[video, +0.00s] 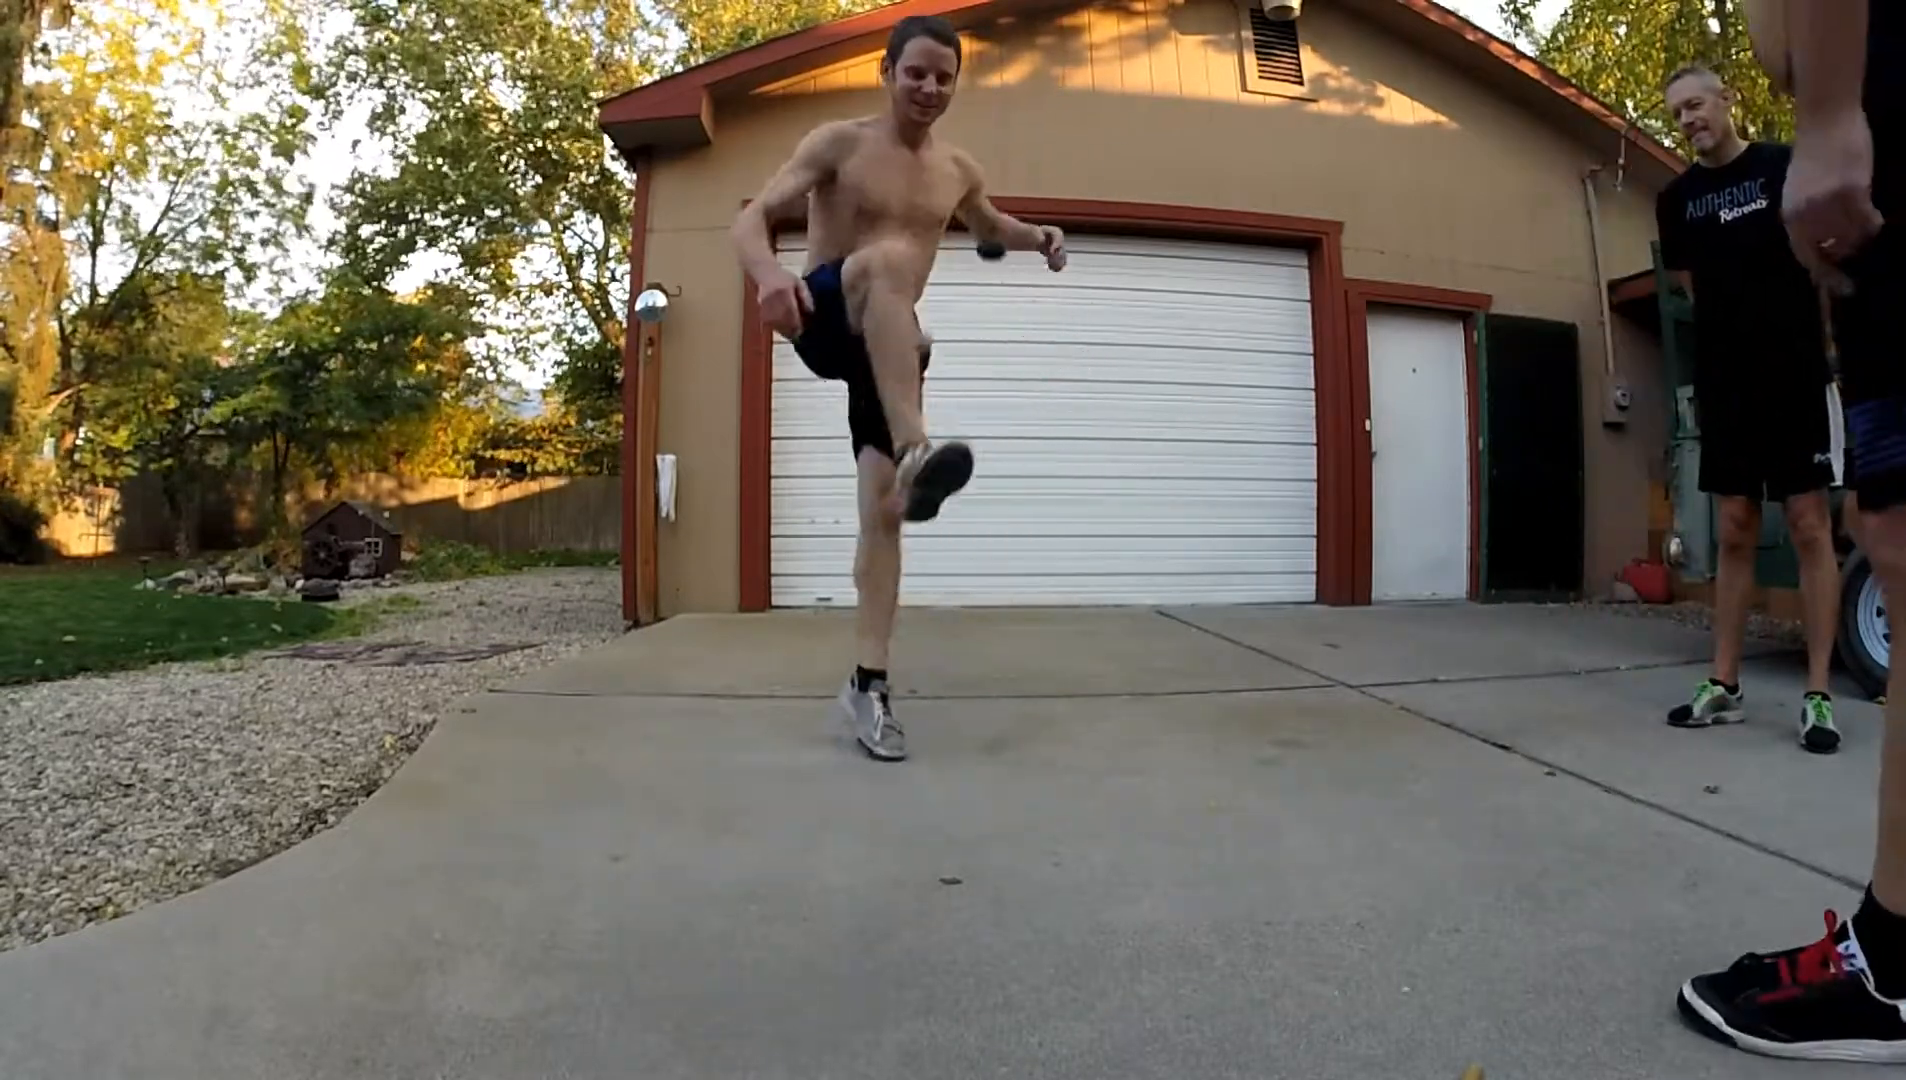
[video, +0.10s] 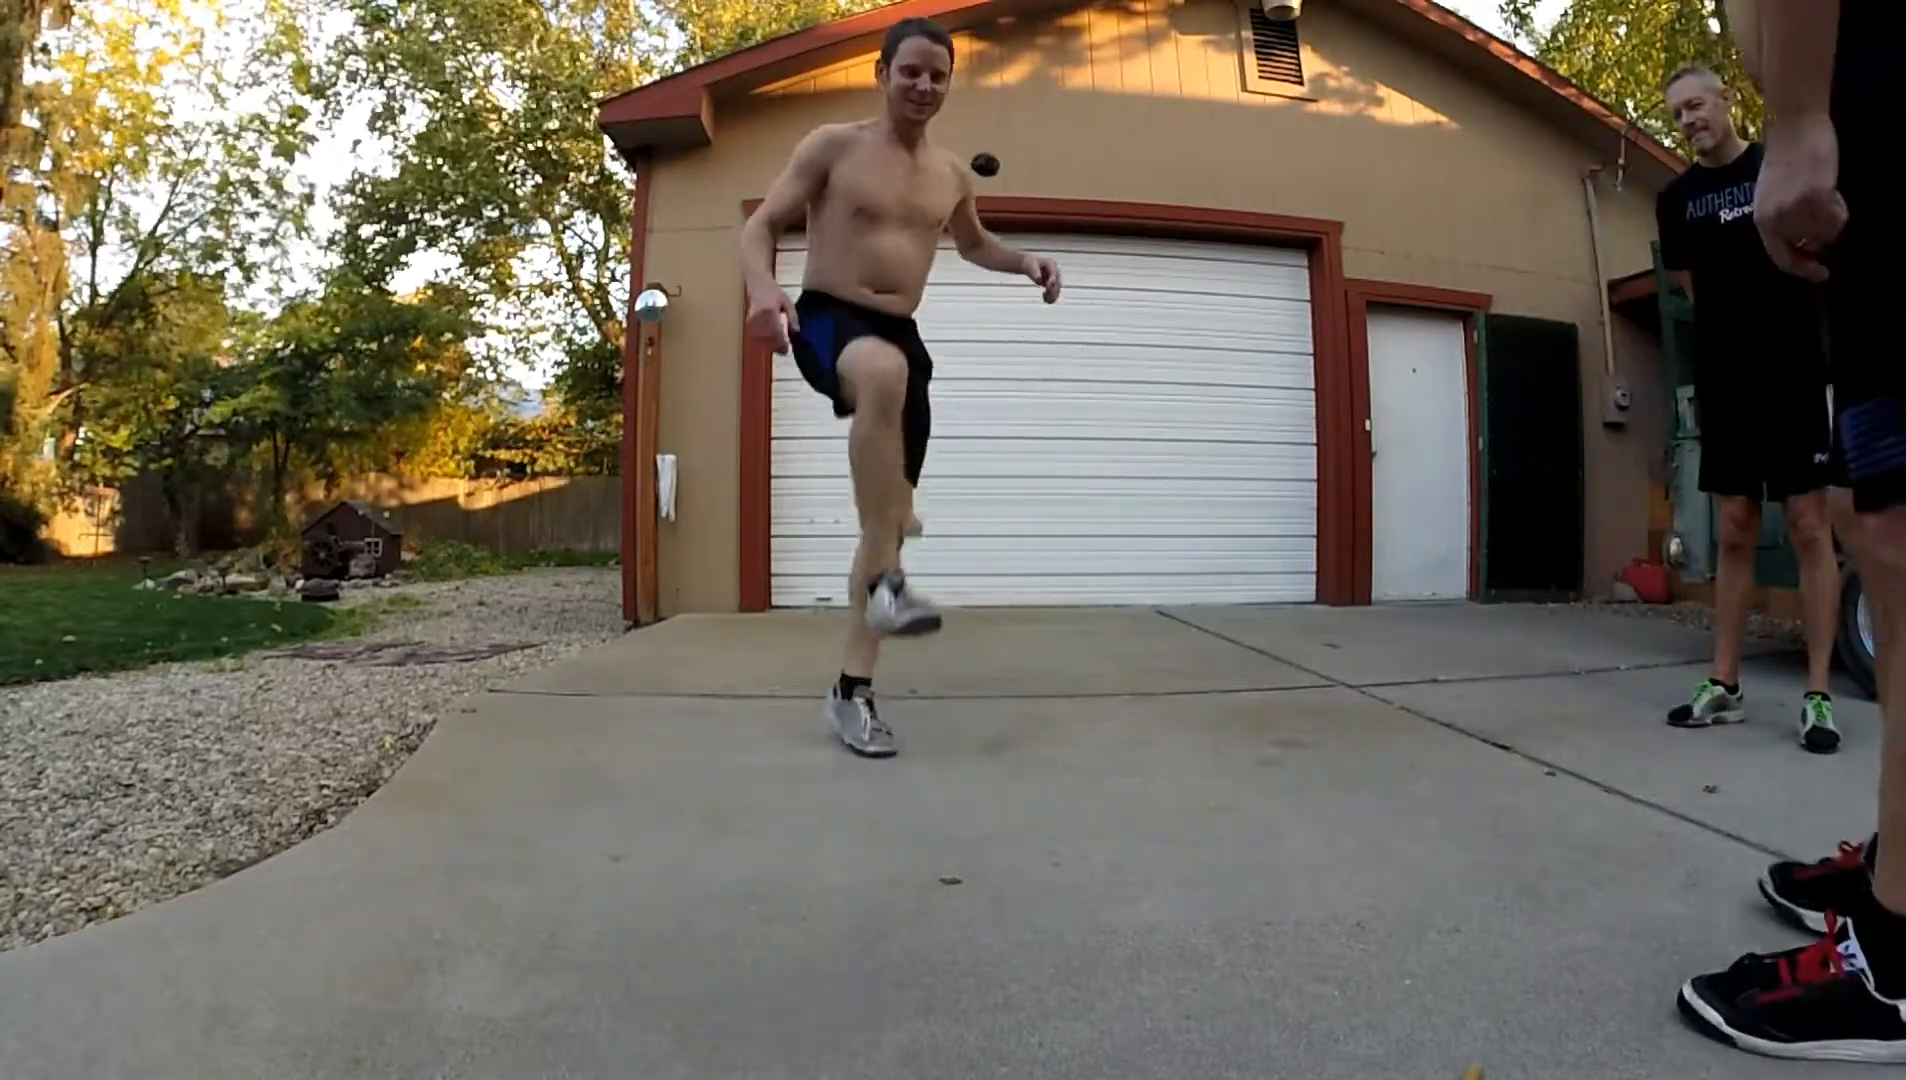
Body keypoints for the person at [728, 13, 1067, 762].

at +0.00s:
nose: (930, 88)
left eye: (943, 78)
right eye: (917, 72)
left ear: (956, 87)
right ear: (888, 73)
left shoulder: (959, 171)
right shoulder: (837, 143)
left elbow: (991, 231)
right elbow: (750, 220)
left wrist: (1040, 238)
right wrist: (768, 276)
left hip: (896, 338)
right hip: (823, 323)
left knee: (886, 509)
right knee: (884, 265)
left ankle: (868, 688)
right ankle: (908, 462)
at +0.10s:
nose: (923, 85)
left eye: (936, 76)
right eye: (910, 71)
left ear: (949, 87)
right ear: (883, 75)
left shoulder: (952, 172)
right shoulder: (832, 145)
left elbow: (975, 245)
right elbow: (757, 229)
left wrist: (1027, 262)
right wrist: (762, 290)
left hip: (902, 336)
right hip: (829, 315)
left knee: (889, 519)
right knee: (886, 372)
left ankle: (854, 690)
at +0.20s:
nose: (915, 108)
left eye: (928, 98)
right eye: (903, 95)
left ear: (941, 109)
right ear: (878, 101)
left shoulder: (943, 205)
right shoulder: (825, 171)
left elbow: (971, 285)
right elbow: (761, 261)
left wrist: (1029, 297)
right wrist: (760, 340)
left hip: (900, 365)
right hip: (827, 355)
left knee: (910, 537)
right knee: (887, 468)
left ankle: (847, 704)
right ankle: (891, 670)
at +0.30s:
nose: (917, 128)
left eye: (929, 118)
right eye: (905, 114)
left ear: (940, 129)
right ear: (877, 117)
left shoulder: (942, 223)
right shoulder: (822, 187)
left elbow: (984, 300)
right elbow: (757, 275)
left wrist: (1036, 297)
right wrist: (762, 363)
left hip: (895, 373)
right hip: (823, 365)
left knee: (911, 545)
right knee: (901, 456)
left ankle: (844, 703)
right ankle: (941, 667)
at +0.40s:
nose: (925, 124)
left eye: (938, 115)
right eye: (914, 109)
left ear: (949, 124)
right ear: (883, 106)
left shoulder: (947, 207)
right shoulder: (829, 174)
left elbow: (992, 267)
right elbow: (750, 252)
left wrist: (1029, 271)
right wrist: (765, 329)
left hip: (891, 367)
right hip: (820, 344)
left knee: (890, 533)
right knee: (907, 343)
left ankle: (847, 703)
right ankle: (980, 532)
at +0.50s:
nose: (931, 104)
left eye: (945, 95)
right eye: (920, 88)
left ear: (955, 104)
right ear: (890, 86)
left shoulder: (951, 188)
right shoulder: (835, 155)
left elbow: (985, 243)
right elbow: (748, 228)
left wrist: (1019, 260)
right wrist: (768, 285)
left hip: (895, 353)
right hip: (819, 335)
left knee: (893, 514)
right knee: (897, 272)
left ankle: (857, 689)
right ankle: (948, 452)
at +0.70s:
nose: (924, 111)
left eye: (937, 101)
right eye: (912, 96)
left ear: (947, 112)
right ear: (883, 99)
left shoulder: (940, 204)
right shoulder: (831, 169)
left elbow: (945, 290)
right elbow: (760, 255)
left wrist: (999, 313)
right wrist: (759, 340)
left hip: (900, 362)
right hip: (829, 350)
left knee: (928, 535)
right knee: (898, 455)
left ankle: (857, 700)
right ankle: (919, 671)